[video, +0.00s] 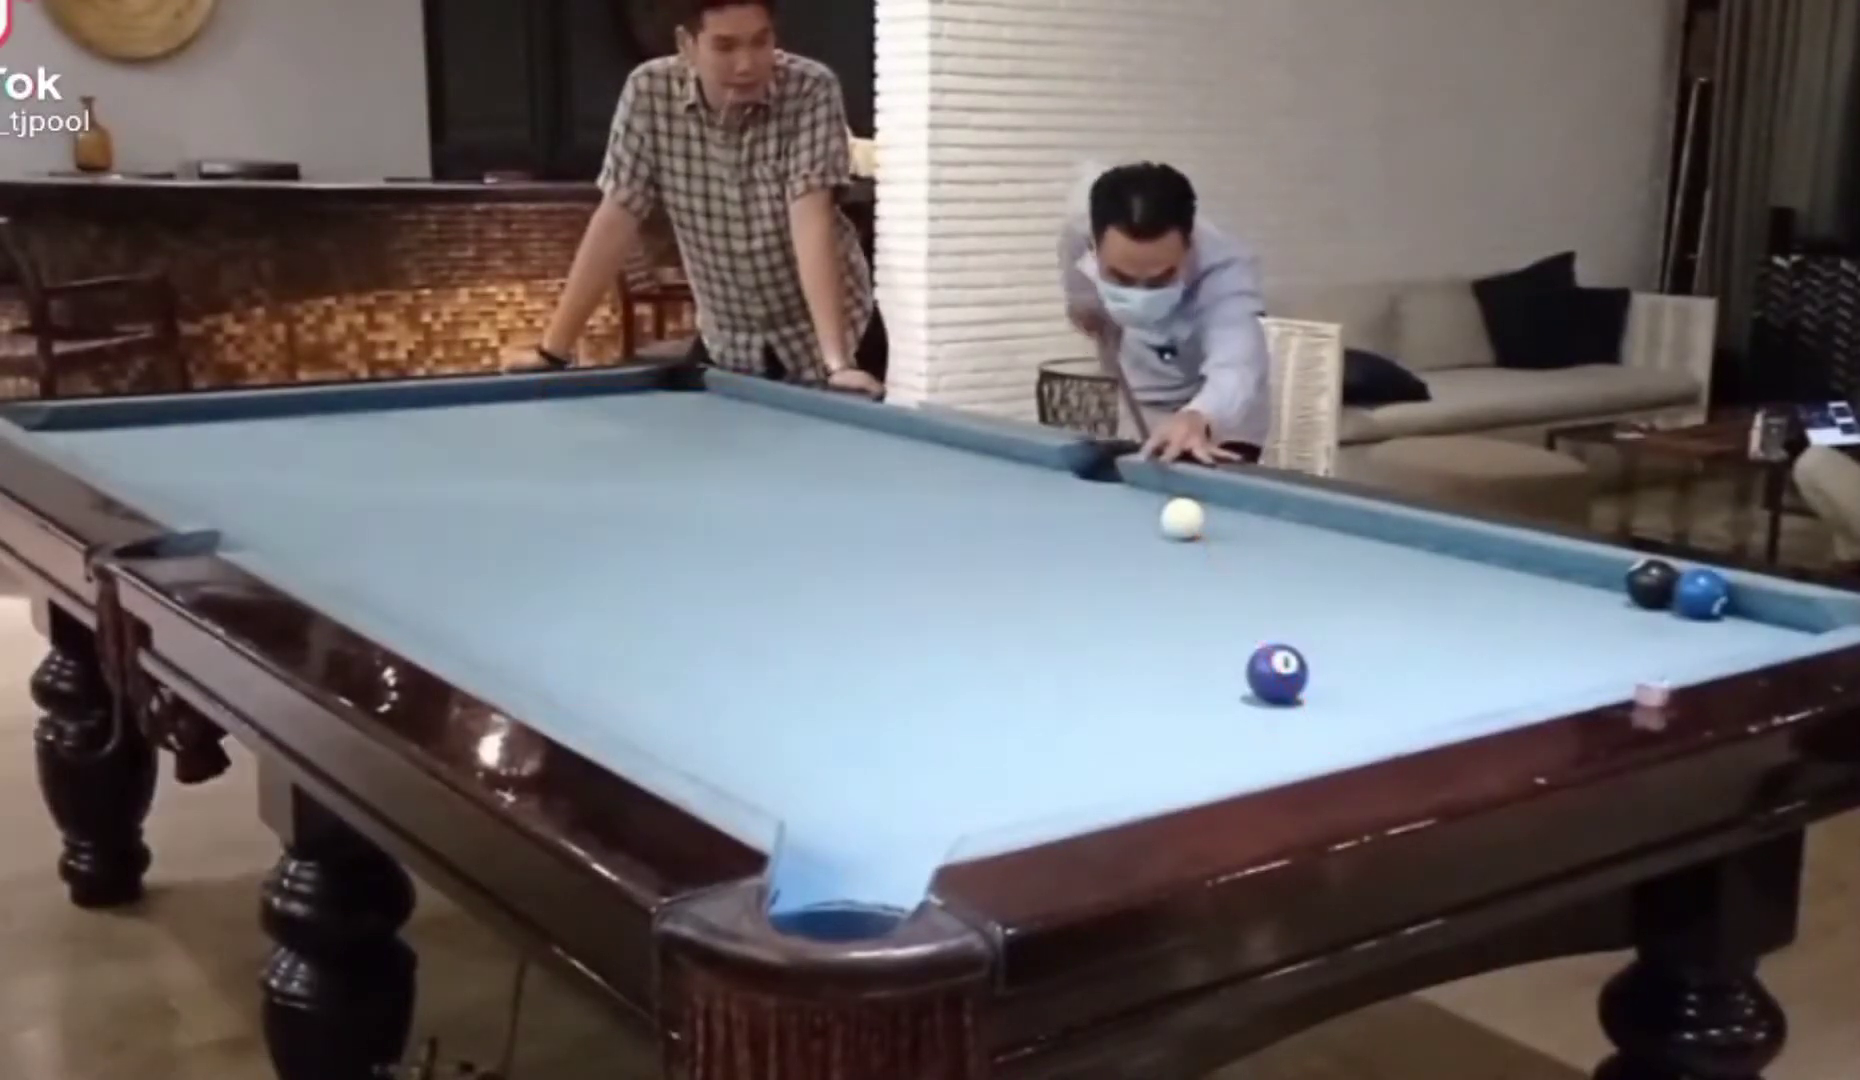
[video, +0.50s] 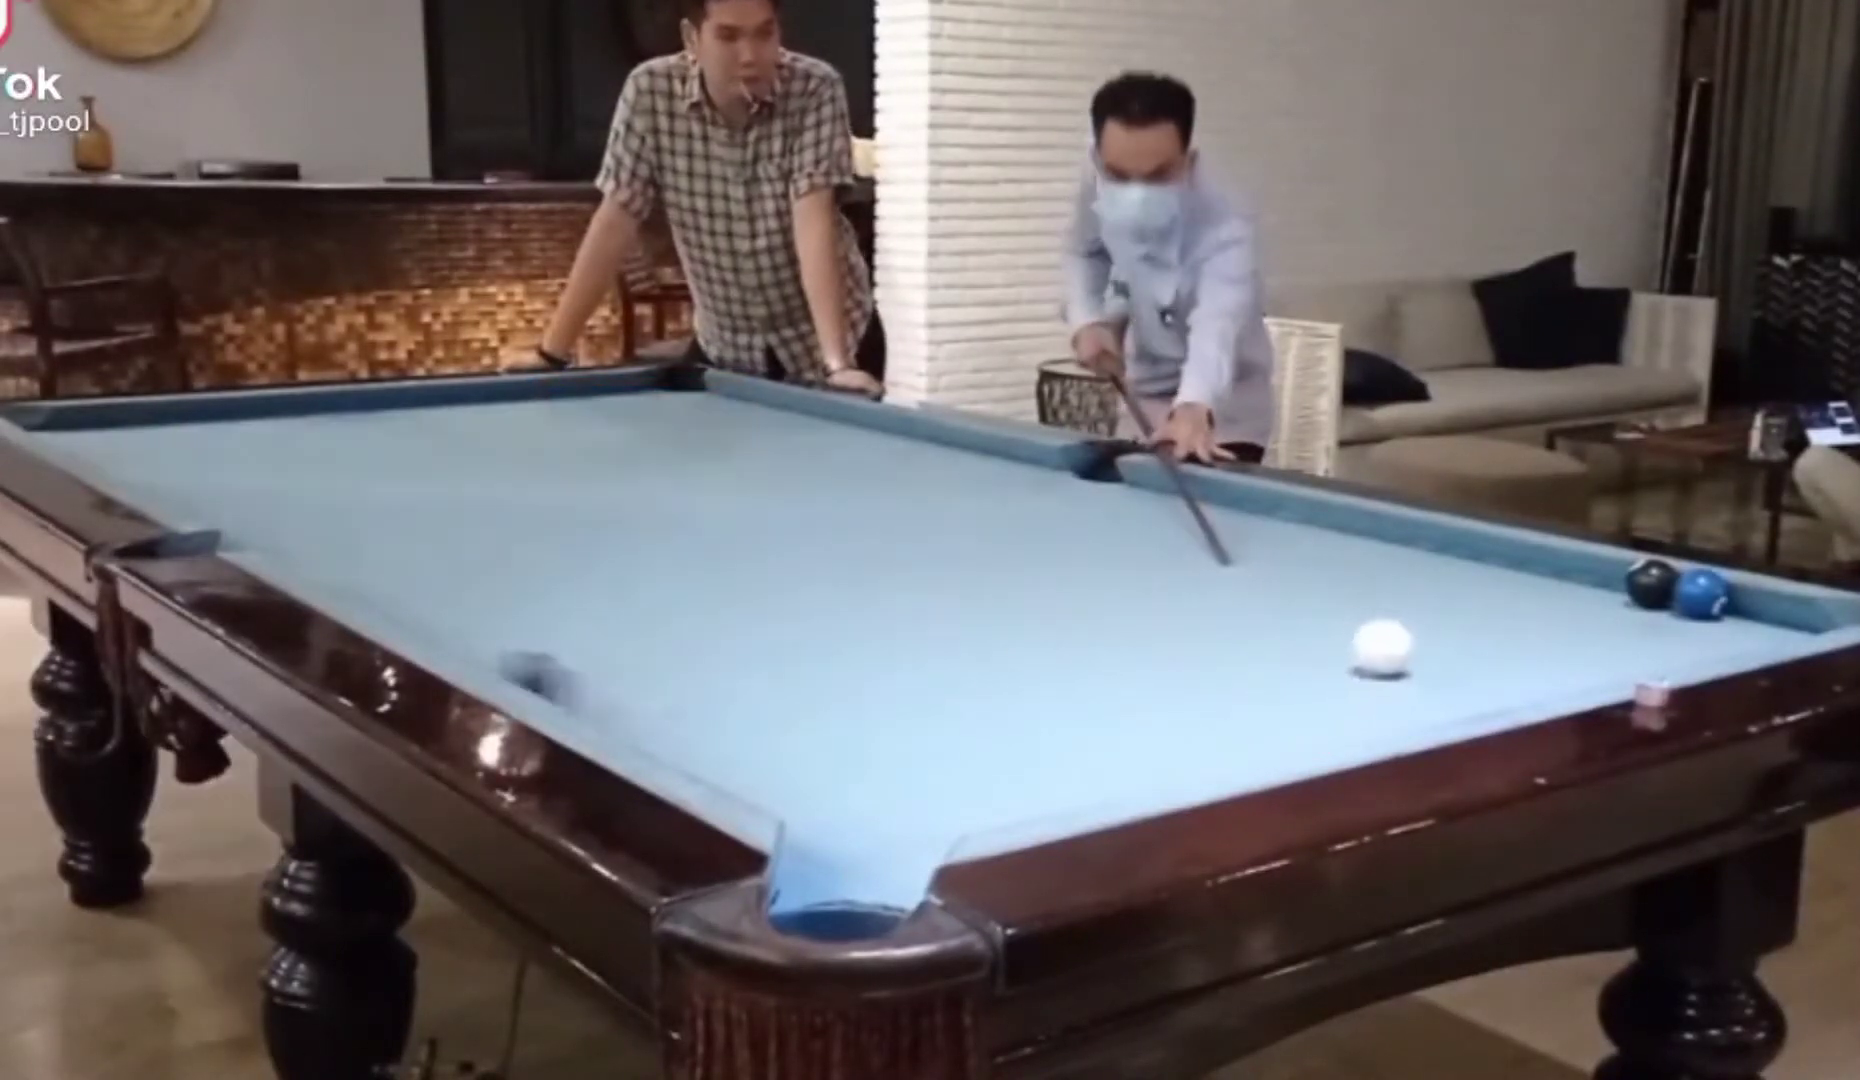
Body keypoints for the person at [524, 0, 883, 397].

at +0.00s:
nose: (746, 65)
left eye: (760, 42)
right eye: (724, 47)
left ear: (775, 36)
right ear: (687, 46)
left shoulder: (810, 89)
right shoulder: (650, 92)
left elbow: (811, 212)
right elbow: (618, 214)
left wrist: (838, 363)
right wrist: (553, 351)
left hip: (832, 343)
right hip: (728, 345)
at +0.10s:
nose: (751, 65)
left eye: (763, 42)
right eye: (729, 47)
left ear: (778, 35)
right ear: (691, 46)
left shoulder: (812, 89)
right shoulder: (651, 93)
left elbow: (813, 213)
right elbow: (618, 214)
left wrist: (837, 362)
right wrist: (553, 350)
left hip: (834, 342)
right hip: (730, 345)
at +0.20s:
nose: (752, 64)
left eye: (765, 41)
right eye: (730, 45)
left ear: (780, 35)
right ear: (693, 45)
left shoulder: (813, 89)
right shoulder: (651, 92)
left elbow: (814, 213)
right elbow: (619, 214)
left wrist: (838, 363)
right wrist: (553, 351)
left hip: (830, 343)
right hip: (728, 344)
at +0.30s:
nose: (752, 60)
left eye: (765, 39)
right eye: (730, 41)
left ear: (781, 36)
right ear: (694, 43)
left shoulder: (814, 89)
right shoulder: (651, 92)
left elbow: (814, 213)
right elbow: (619, 214)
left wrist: (838, 363)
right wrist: (553, 351)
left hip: (830, 344)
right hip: (728, 345)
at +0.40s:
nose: (751, 58)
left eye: (765, 37)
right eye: (730, 39)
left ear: (781, 35)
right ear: (693, 41)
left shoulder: (814, 88)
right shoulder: (651, 91)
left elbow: (814, 213)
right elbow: (619, 214)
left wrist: (838, 362)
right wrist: (553, 351)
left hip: (829, 344)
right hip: (727, 346)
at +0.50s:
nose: (750, 55)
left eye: (764, 34)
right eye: (728, 37)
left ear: (780, 32)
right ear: (692, 40)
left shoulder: (814, 89)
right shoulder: (650, 91)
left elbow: (814, 214)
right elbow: (618, 215)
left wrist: (838, 362)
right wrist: (552, 353)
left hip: (830, 346)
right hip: (726, 349)